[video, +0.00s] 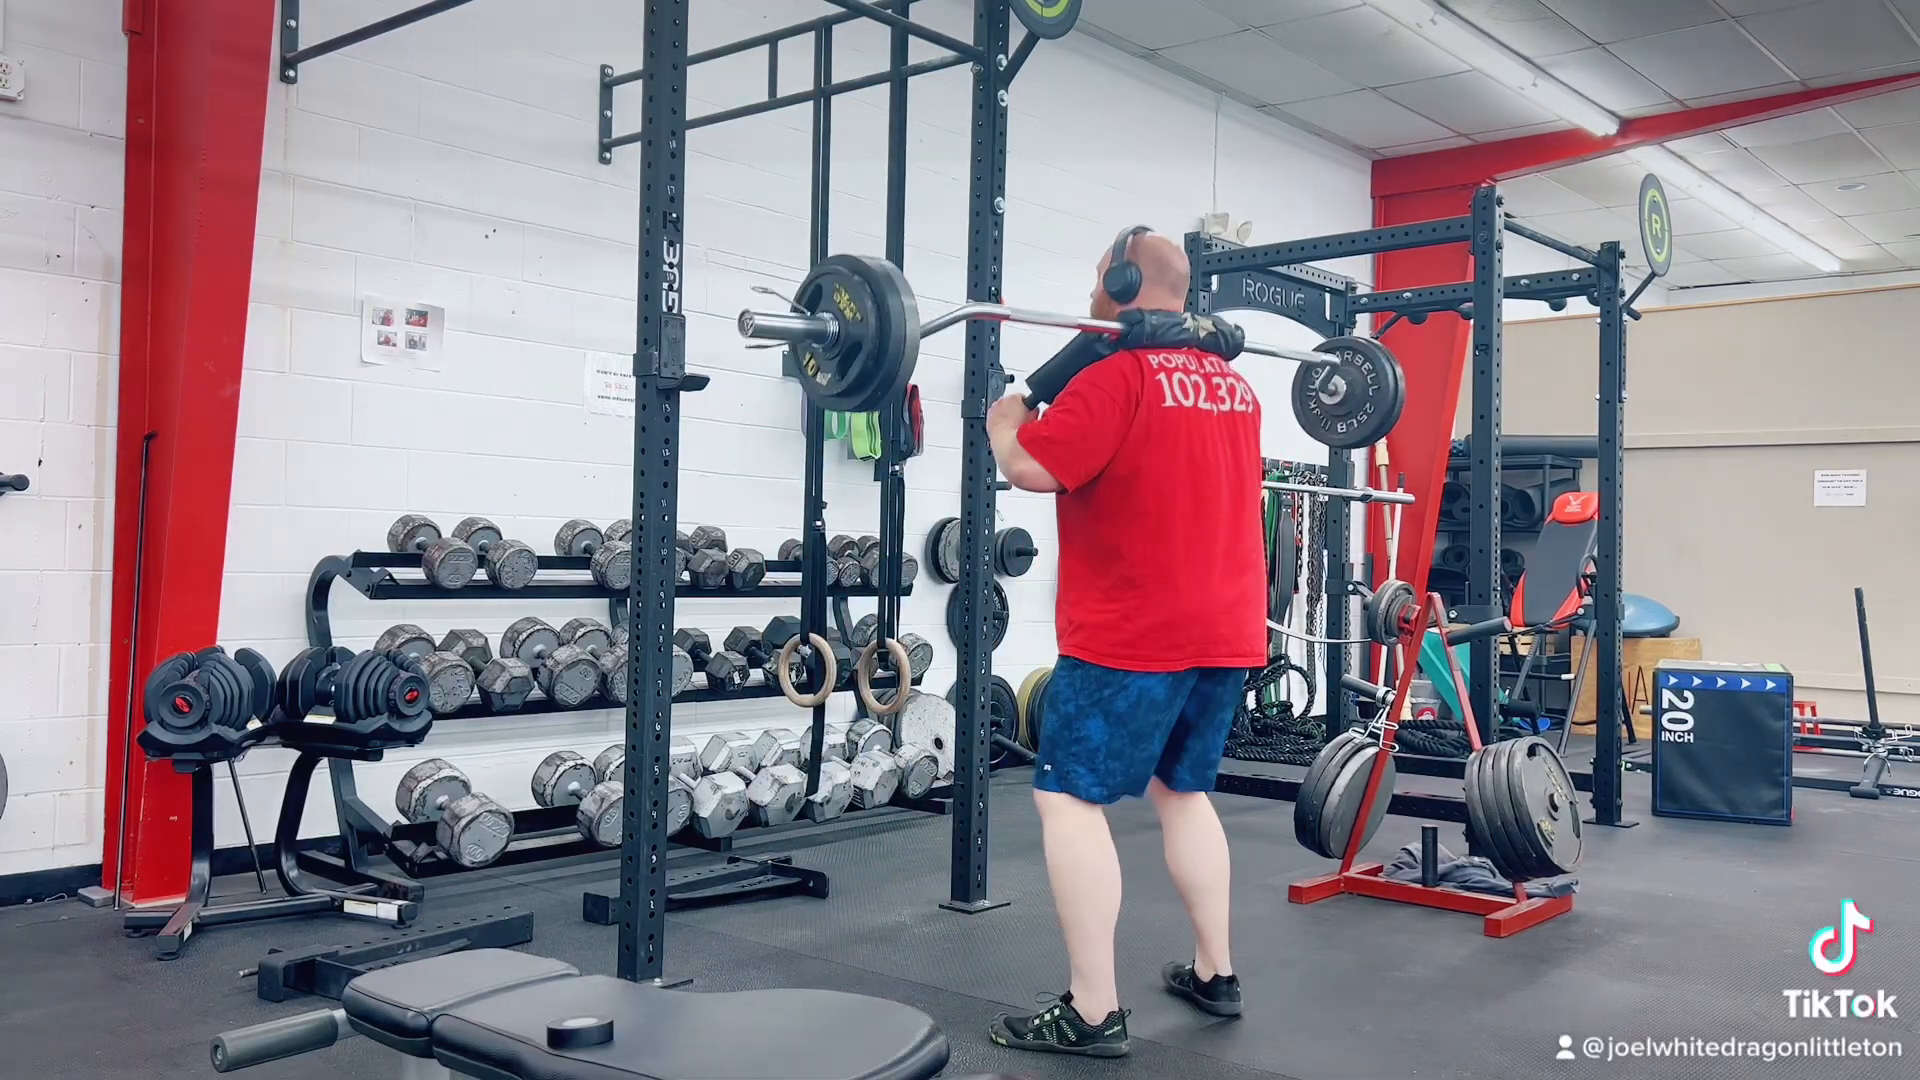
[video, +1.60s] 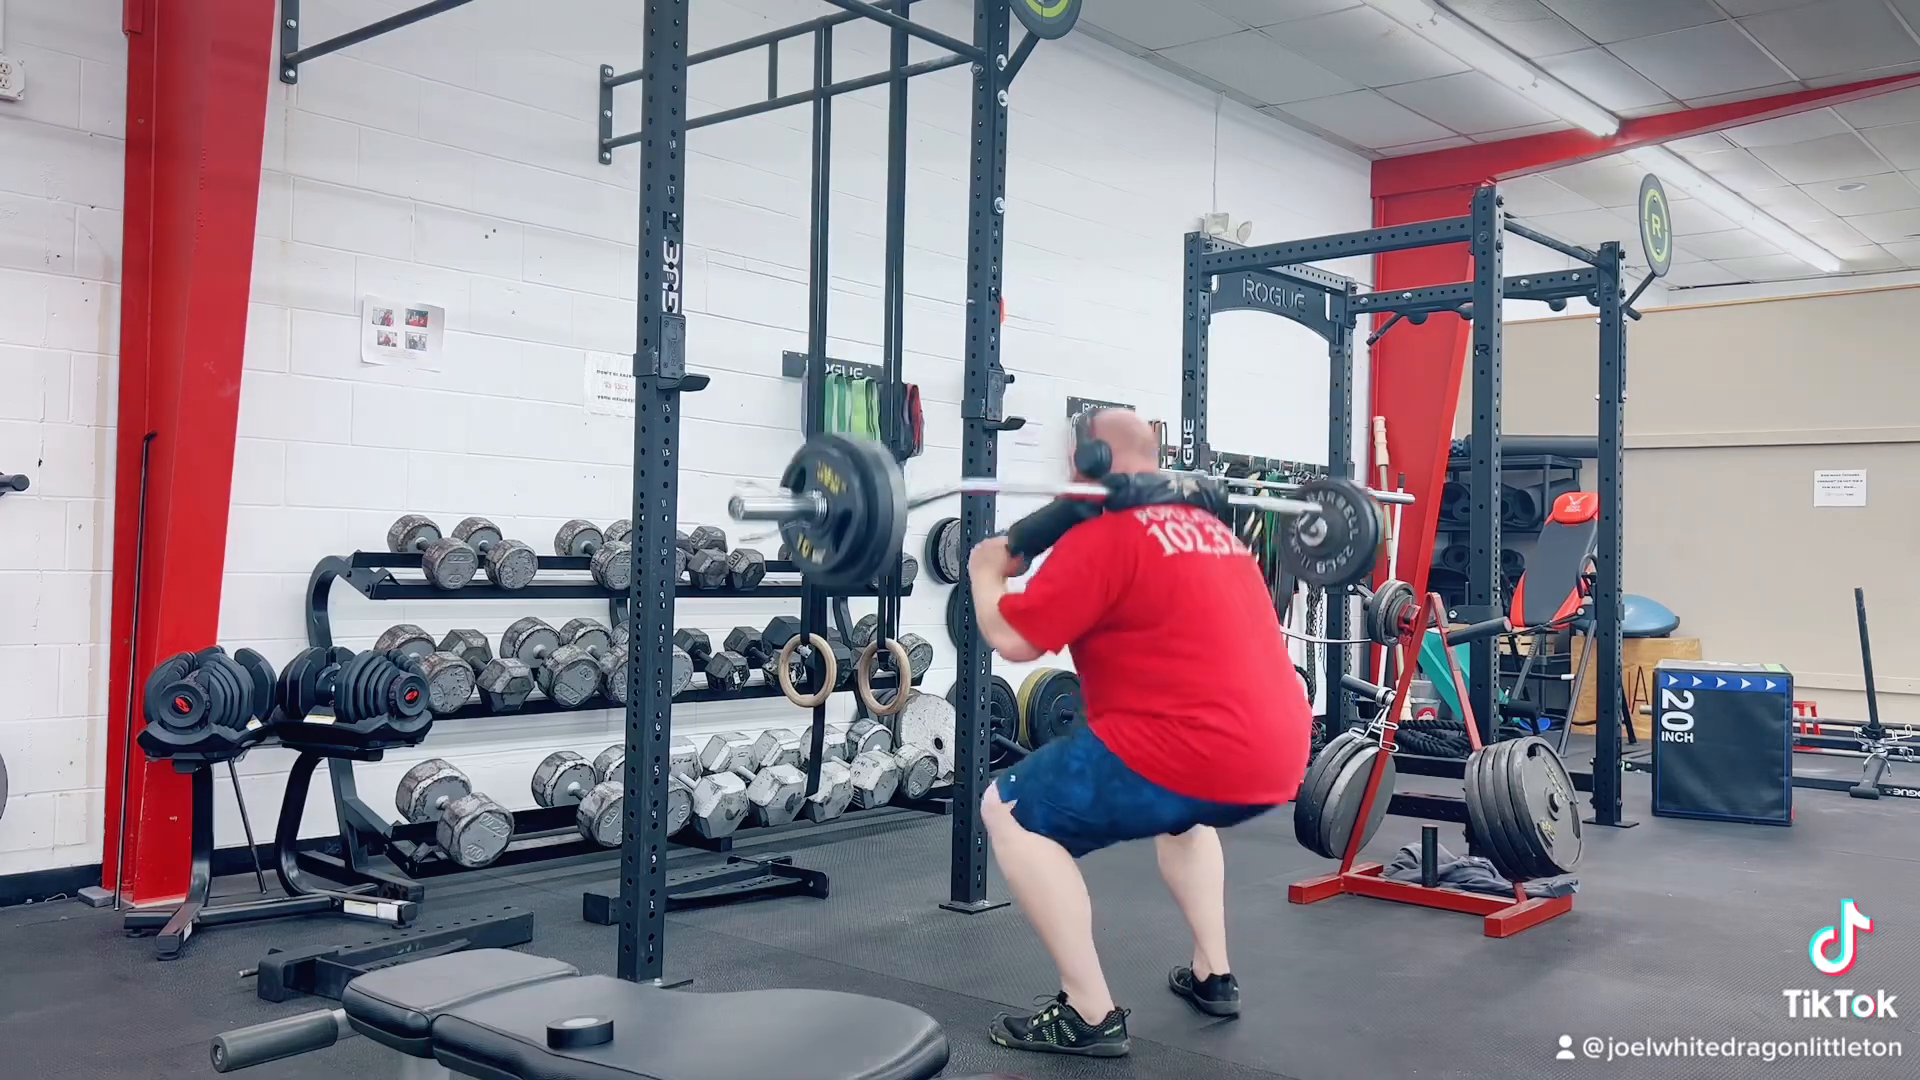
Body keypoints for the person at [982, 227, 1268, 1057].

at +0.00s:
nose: (1091, 301)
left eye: (1096, 289)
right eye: (1097, 287)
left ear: (1114, 298)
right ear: (1181, 301)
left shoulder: (1118, 372)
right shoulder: (1233, 381)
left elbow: (1030, 467)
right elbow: (1238, 498)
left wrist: (1005, 422)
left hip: (1131, 633)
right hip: (1230, 632)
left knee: (1066, 791)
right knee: (1184, 787)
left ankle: (1093, 1008)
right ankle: (1216, 972)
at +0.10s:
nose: (1078, 358)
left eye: (1083, 345)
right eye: (1082, 344)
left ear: (1103, 352)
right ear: (1167, 352)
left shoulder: (1112, 429)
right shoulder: (1223, 430)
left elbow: (1015, 526)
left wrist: (994, 471)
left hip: (1142, 667)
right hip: (1243, 669)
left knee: (1034, 799)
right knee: (1176, 792)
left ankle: (1091, 1007)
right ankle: (1215, 974)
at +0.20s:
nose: (1067, 436)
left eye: (1072, 422)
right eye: (1070, 423)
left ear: (1092, 429)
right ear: (1158, 430)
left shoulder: (1108, 504)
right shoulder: (1212, 497)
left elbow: (1006, 597)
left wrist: (990, 540)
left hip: (1160, 728)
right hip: (1261, 730)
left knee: (1014, 810)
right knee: (1172, 808)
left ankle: (1090, 1009)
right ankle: (1214, 975)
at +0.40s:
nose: (1066, 560)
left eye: (1069, 549)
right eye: (1071, 548)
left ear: (1082, 556)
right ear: (1149, 555)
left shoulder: (1101, 627)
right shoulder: (1201, 612)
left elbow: (995, 723)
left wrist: (978, 660)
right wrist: (1075, 615)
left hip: (1190, 845)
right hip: (1274, 843)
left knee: (988, 820)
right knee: (1156, 784)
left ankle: (1088, 1009)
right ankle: (1211, 973)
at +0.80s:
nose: (1064, 451)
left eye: (1067, 440)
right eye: (1067, 440)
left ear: (1084, 445)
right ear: (1153, 442)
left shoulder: (1104, 513)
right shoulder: (1211, 508)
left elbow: (1014, 611)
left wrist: (987, 562)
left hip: (1162, 730)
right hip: (1265, 730)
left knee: (1011, 807)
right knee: (1166, 806)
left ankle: (1089, 1009)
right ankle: (1212, 974)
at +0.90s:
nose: (1073, 374)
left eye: (1077, 362)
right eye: (1075, 362)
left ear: (1096, 364)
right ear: (1162, 360)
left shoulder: (1112, 429)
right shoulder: (1218, 433)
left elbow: (1021, 526)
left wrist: (996, 481)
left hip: (1151, 658)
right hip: (1249, 660)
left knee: (1033, 795)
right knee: (1175, 788)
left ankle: (1089, 1007)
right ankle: (1212, 973)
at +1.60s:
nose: (1069, 473)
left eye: (1071, 463)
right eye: (1074, 462)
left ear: (1083, 467)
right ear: (1157, 463)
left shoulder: (1107, 534)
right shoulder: (1208, 524)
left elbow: (1013, 639)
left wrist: (983, 569)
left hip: (1179, 753)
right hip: (1274, 753)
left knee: (1009, 810)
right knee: (1178, 811)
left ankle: (1090, 1011)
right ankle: (1214, 974)